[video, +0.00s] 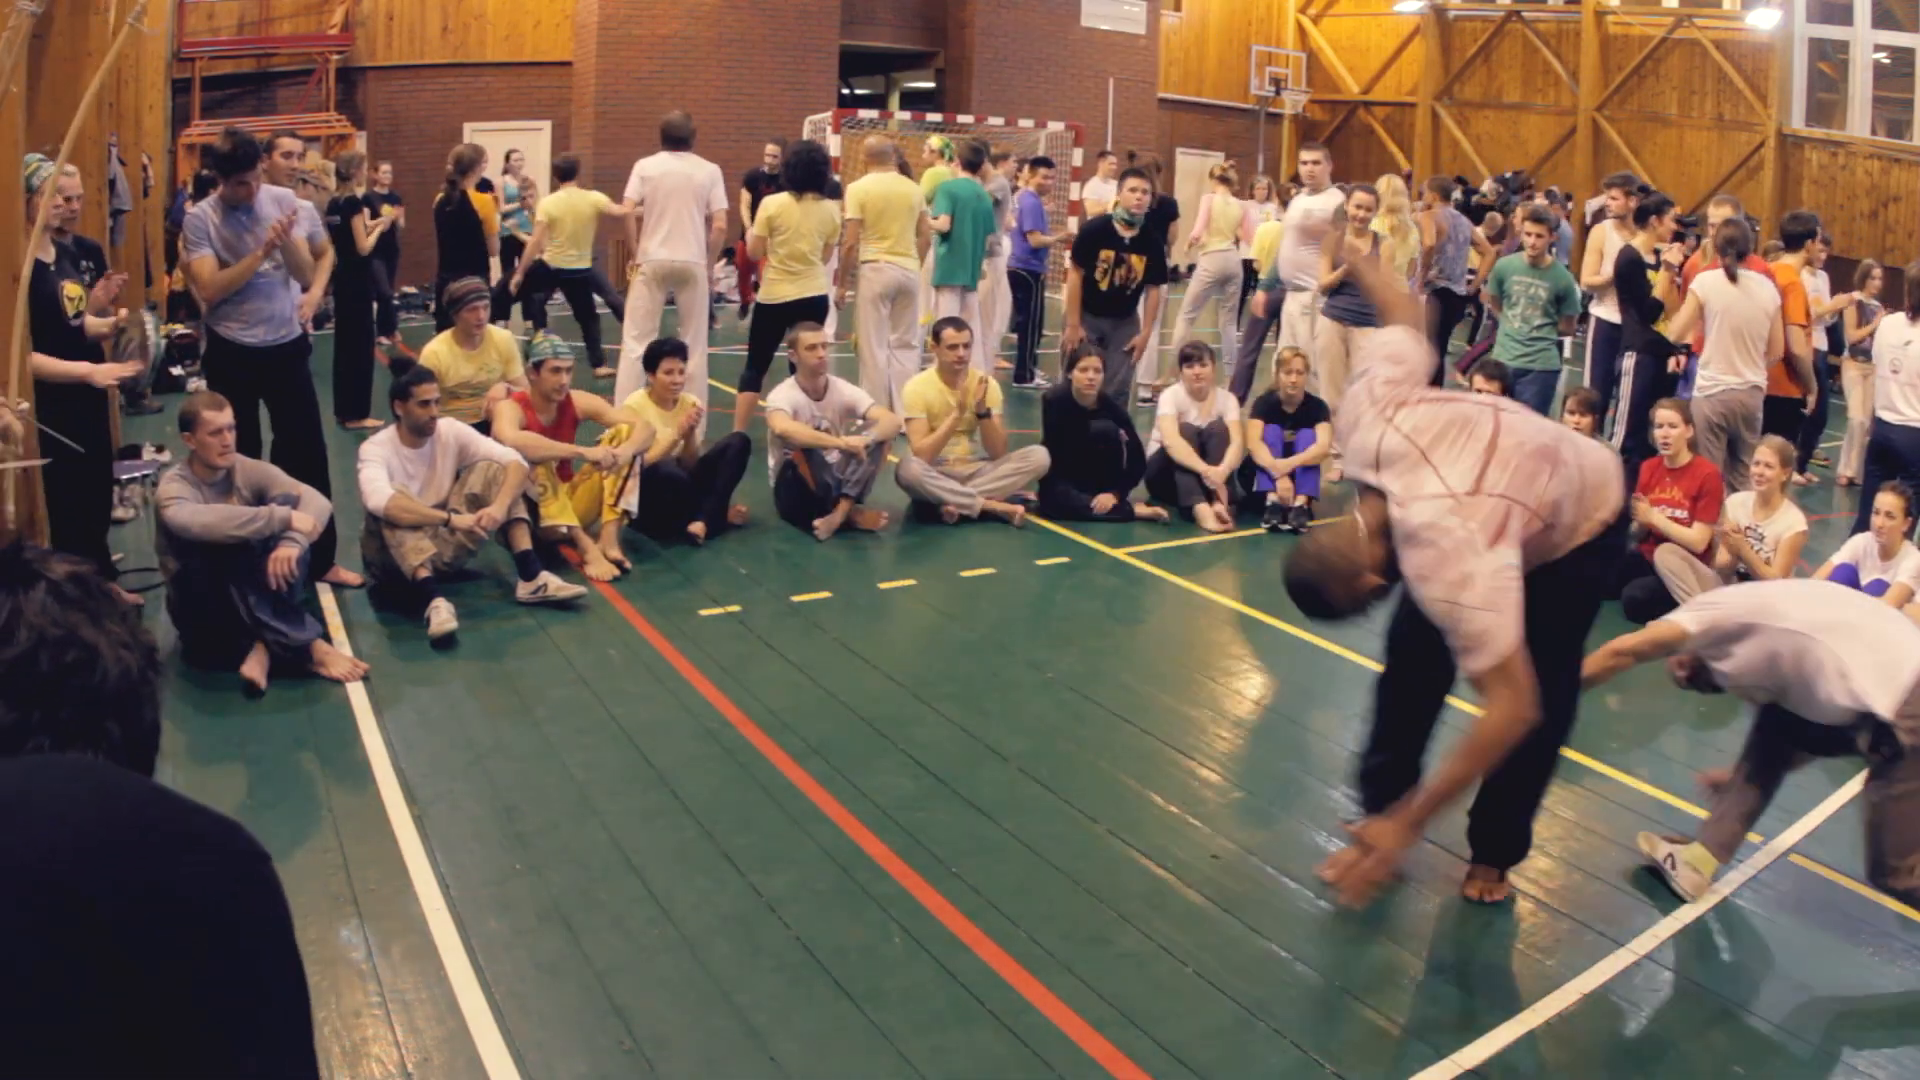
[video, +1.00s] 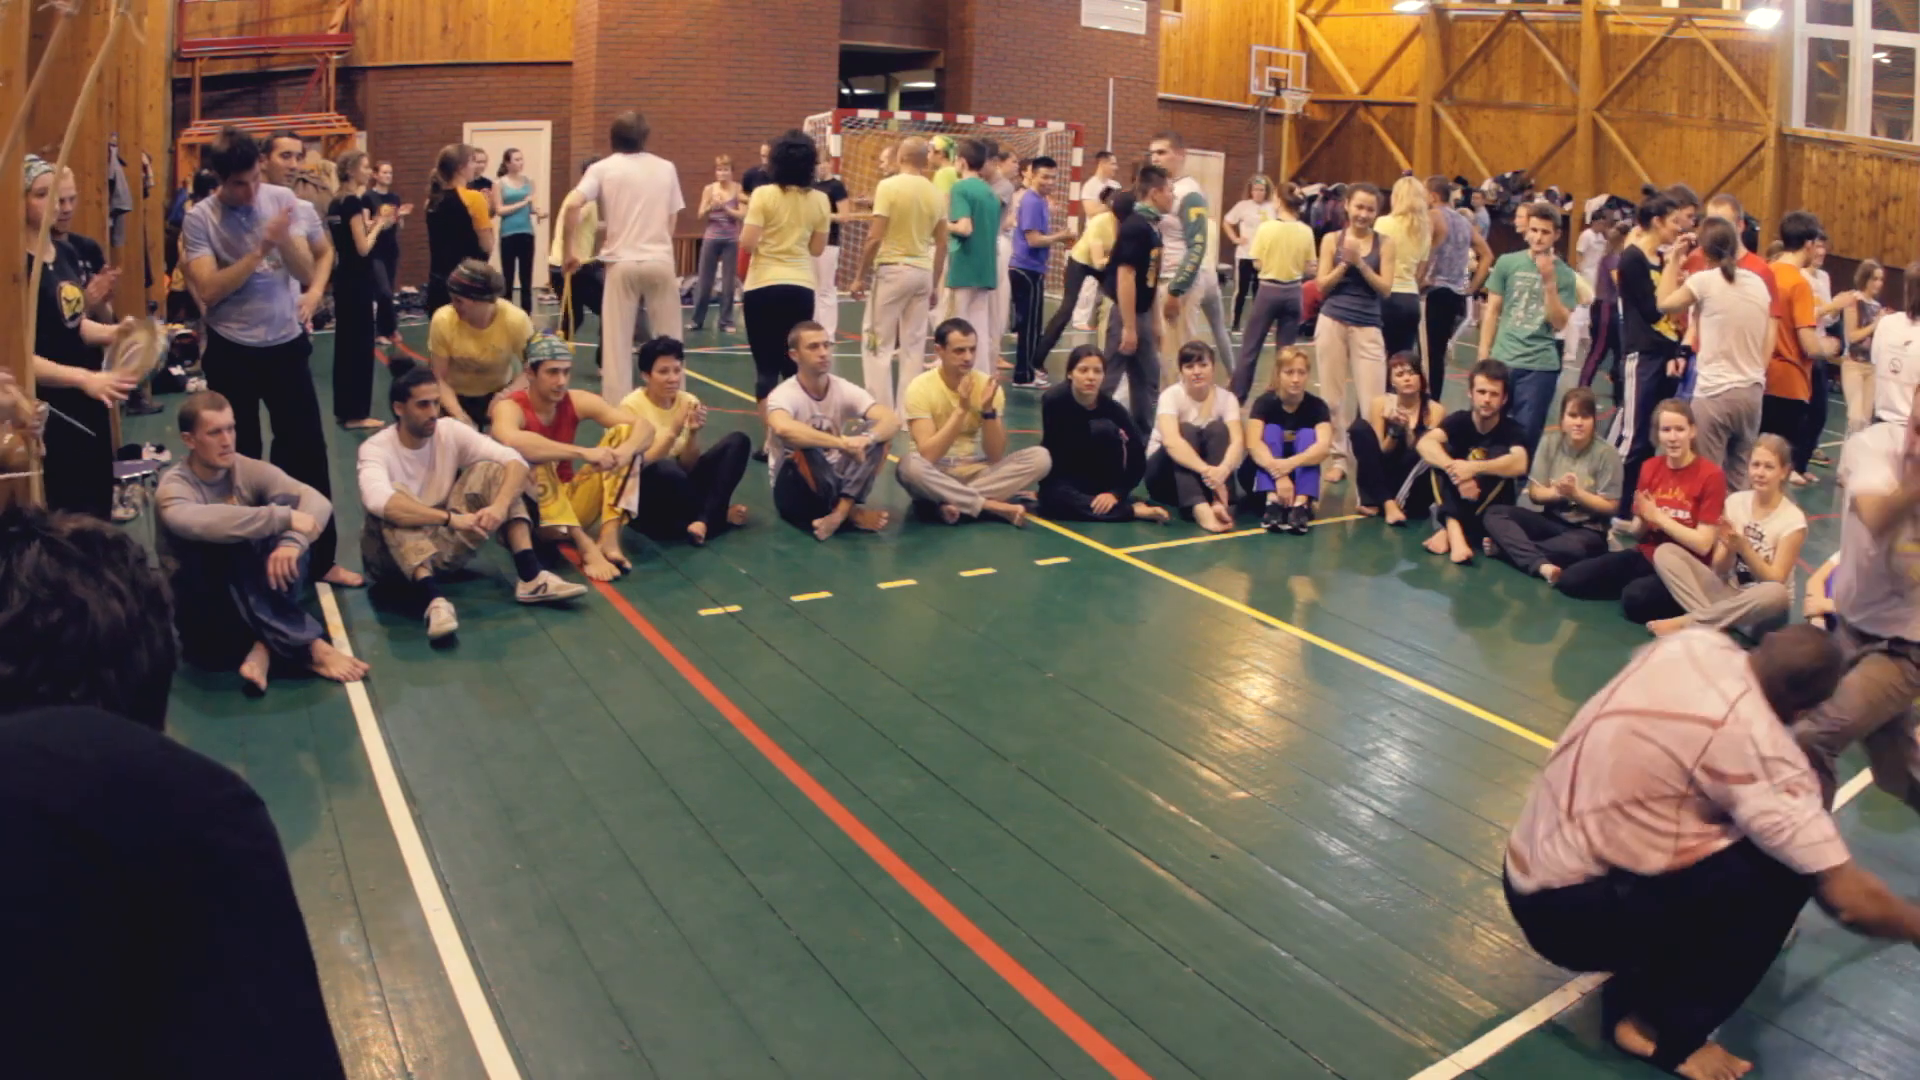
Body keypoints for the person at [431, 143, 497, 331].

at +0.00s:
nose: (485, 168)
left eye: (485, 163)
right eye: (483, 163)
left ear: (455, 165)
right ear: (475, 168)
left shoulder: (440, 200)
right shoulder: (484, 201)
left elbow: (444, 240)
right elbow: (493, 247)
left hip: (446, 279)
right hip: (475, 280)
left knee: (445, 337)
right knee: (474, 337)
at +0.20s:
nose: (486, 168)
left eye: (485, 163)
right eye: (483, 163)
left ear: (454, 167)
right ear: (473, 168)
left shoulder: (438, 202)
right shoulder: (480, 201)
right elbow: (495, 248)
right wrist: (500, 214)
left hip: (445, 278)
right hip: (474, 280)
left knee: (445, 336)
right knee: (473, 337)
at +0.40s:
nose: (484, 168)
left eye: (484, 162)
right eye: (481, 163)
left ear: (452, 168)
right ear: (469, 168)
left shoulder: (438, 201)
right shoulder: (479, 201)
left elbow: (442, 241)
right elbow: (490, 246)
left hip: (445, 276)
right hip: (473, 277)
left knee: (444, 337)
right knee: (474, 336)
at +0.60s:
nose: (482, 168)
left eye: (482, 163)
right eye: (479, 163)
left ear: (451, 168)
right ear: (468, 168)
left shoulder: (438, 199)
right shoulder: (476, 200)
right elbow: (494, 245)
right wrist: (495, 213)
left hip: (442, 282)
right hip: (471, 284)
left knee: (442, 342)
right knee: (469, 343)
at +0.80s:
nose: (480, 167)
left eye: (480, 162)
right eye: (476, 162)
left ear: (448, 168)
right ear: (464, 168)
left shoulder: (437, 199)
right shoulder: (474, 200)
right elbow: (488, 245)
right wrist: (490, 215)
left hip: (441, 280)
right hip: (468, 282)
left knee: (442, 343)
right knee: (469, 342)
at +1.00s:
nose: (476, 166)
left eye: (476, 161)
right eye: (473, 162)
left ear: (445, 167)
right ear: (463, 167)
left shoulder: (432, 200)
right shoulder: (474, 198)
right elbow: (487, 245)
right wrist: (486, 210)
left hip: (438, 280)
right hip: (467, 280)